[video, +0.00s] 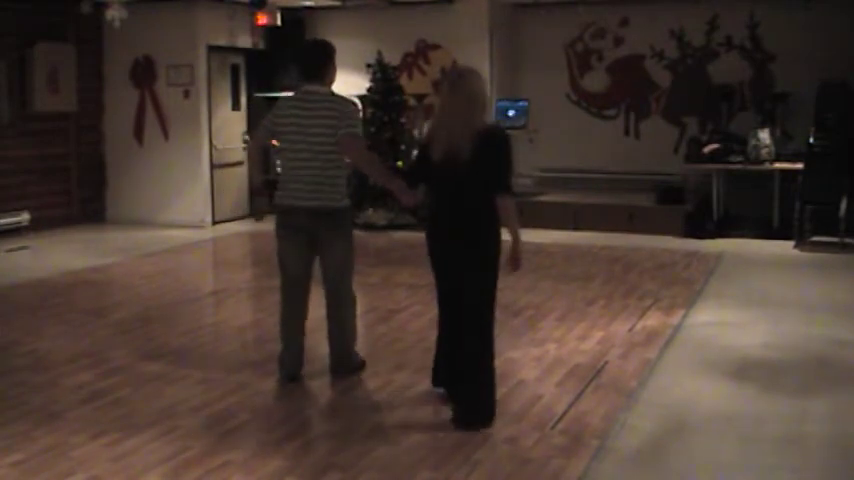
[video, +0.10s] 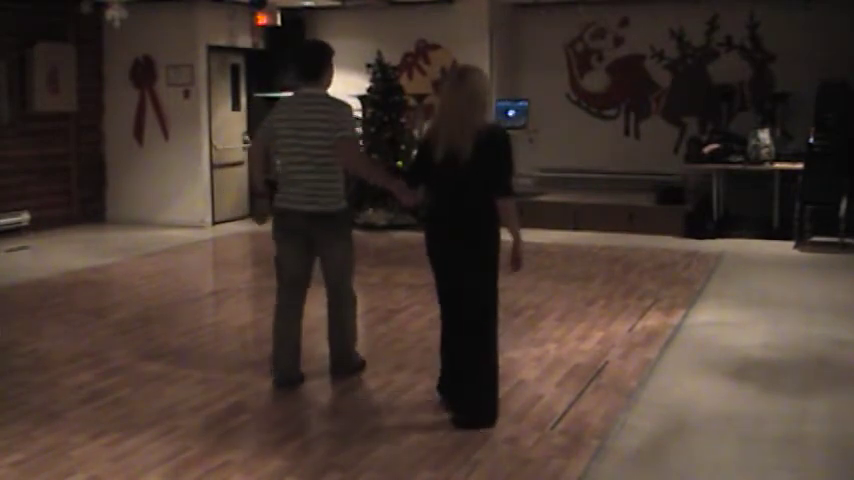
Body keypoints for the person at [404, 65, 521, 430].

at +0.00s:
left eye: (444, 93)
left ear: (444, 98)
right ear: (482, 98)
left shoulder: (436, 139)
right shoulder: (493, 139)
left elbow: (412, 191)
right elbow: (502, 196)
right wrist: (515, 239)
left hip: (443, 241)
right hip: (480, 243)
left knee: (451, 314)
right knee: (478, 321)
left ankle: (448, 381)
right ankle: (476, 408)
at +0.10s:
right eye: (484, 94)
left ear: (445, 97)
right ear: (483, 98)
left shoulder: (435, 138)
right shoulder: (494, 138)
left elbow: (413, 191)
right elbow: (503, 197)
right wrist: (516, 239)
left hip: (442, 242)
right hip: (480, 243)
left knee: (452, 317)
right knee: (480, 321)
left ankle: (452, 390)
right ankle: (478, 407)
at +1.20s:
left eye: (440, 92)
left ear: (439, 99)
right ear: (478, 98)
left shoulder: (426, 142)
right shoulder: (491, 139)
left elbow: (412, 193)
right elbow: (503, 197)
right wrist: (519, 238)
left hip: (437, 244)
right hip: (479, 243)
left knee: (442, 320)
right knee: (483, 321)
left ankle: (448, 400)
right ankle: (484, 406)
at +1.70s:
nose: (473, 102)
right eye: (472, 95)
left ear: (435, 101)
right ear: (473, 100)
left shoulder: (422, 142)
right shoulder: (484, 139)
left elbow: (410, 193)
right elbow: (496, 196)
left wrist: (426, 217)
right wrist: (506, 238)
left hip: (434, 241)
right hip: (474, 240)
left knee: (439, 319)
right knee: (487, 312)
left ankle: (443, 396)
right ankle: (486, 391)